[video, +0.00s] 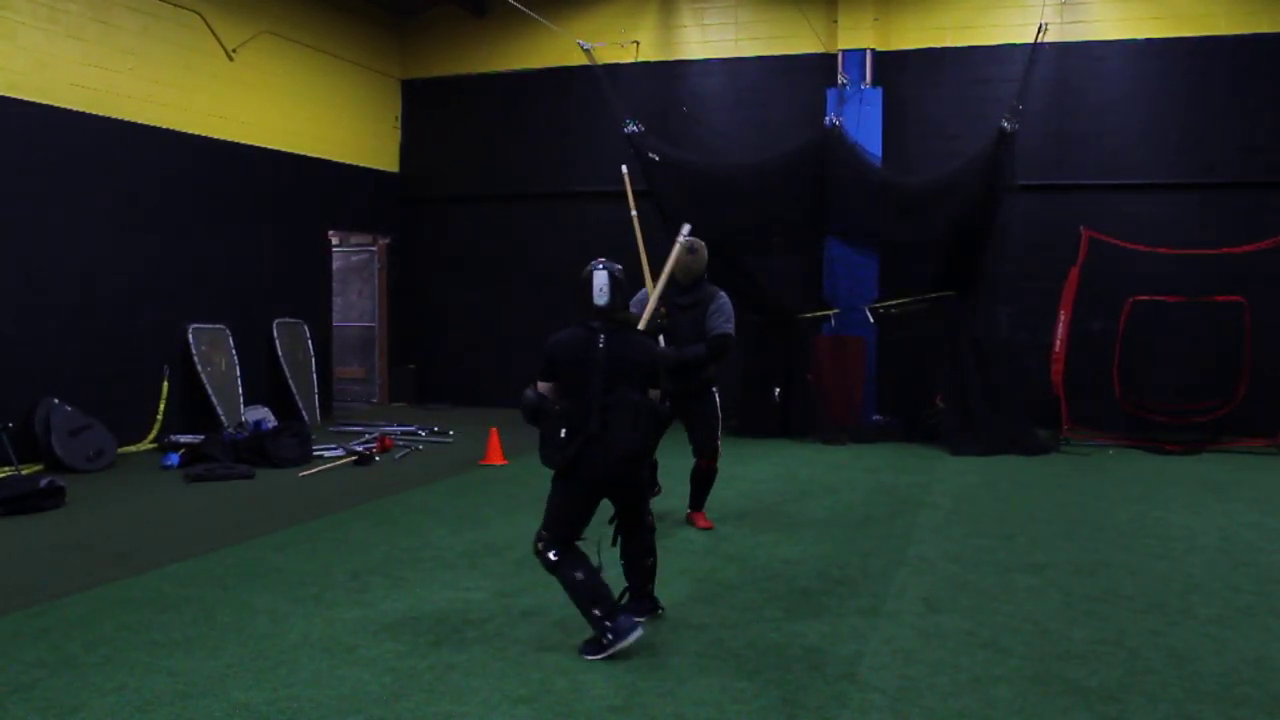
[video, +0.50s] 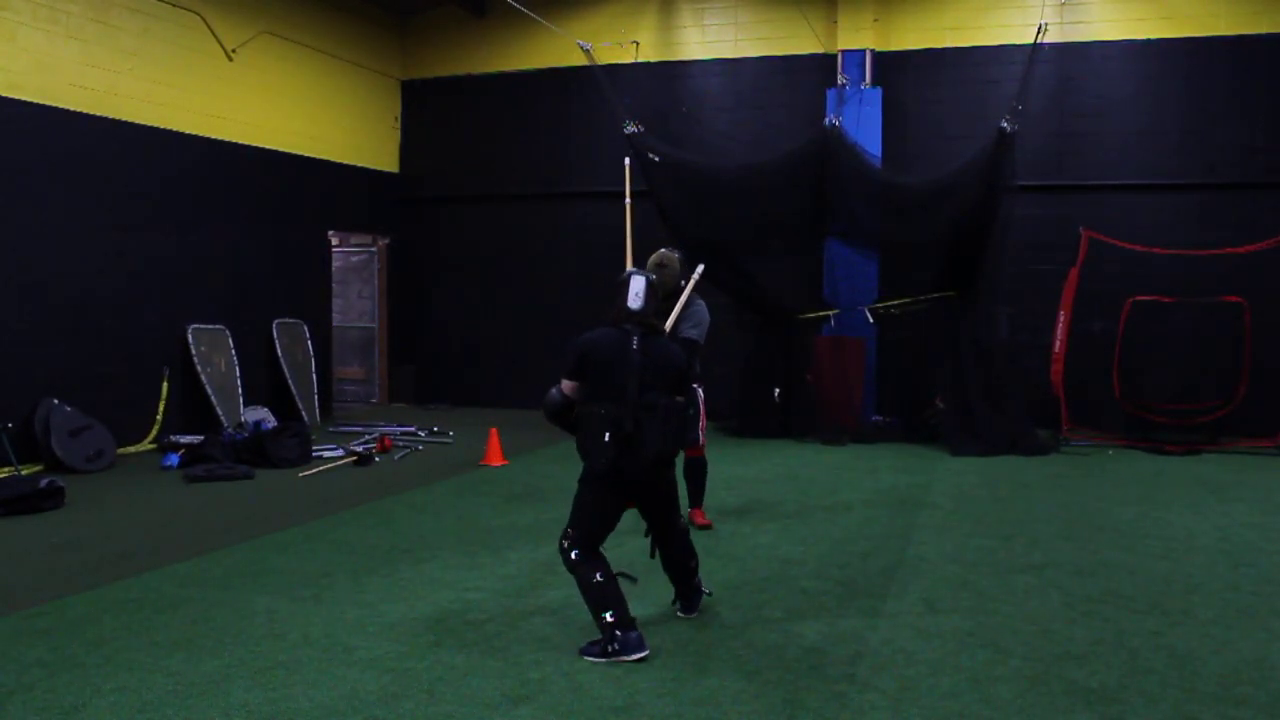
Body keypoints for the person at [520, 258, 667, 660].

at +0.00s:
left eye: (592, 292)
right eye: (612, 292)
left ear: (582, 297)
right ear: (624, 298)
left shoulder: (564, 344)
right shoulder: (643, 346)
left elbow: (543, 401)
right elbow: (660, 403)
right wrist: (642, 441)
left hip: (581, 461)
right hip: (630, 460)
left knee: (553, 543)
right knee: (637, 522)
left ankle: (611, 622)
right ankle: (641, 599)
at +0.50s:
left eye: (615, 299)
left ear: (616, 304)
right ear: (655, 307)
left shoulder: (595, 344)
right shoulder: (672, 353)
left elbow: (562, 404)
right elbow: (685, 414)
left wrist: (586, 427)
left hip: (607, 468)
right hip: (656, 467)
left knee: (578, 545)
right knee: (670, 529)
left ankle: (621, 634)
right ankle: (690, 597)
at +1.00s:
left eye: (648, 300)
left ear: (651, 304)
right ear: (691, 309)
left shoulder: (637, 337)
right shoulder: (704, 348)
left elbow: (610, 393)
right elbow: (715, 403)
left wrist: (625, 426)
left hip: (649, 448)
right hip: (695, 450)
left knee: (603, 520)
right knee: (685, 514)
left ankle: (641, 608)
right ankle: (690, 595)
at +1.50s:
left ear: (620, 363)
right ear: (662, 350)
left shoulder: (622, 403)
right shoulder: (692, 369)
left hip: (683, 495)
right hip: (728, 486)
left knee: (617, 538)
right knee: (703, 502)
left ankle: (641, 612)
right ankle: (727, 573)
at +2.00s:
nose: (686, 360)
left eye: (688, 354)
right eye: (686, 353)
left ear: (698, 356)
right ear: (722, 343)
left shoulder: (708, 391)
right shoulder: (752, 366)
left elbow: (688, 431)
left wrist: (686, 397)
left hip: (756, 482)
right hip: (786, 475)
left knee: (689, 525)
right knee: (744, 518)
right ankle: (792, 580)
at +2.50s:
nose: (749, 293)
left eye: (752, 287)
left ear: (755, 290)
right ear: (793, 289)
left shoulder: (753, 333)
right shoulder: (813, 333)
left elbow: (732, 391)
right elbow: (827, 386)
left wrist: (714, 408)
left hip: (777, 452)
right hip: (815, 450)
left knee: (738, 527)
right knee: (802, 512)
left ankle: (748, 629)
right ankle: (820, 589)